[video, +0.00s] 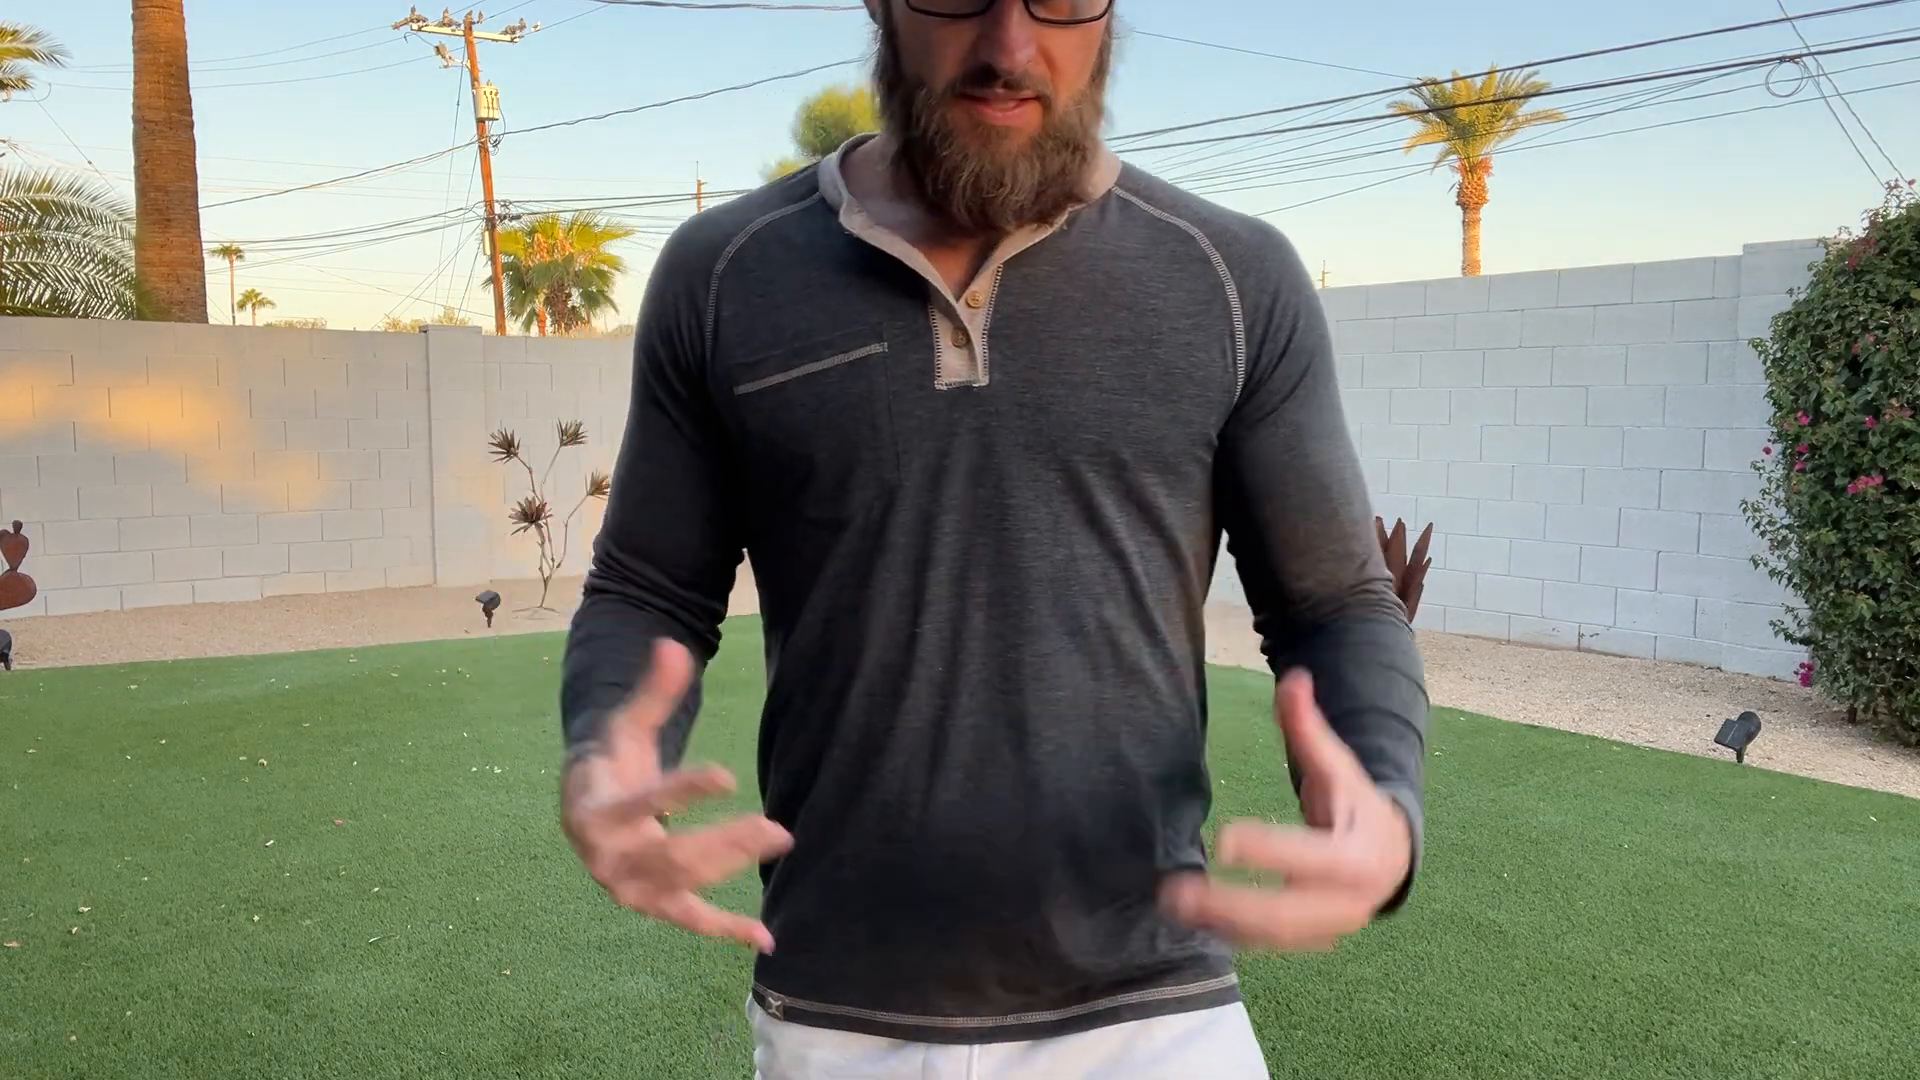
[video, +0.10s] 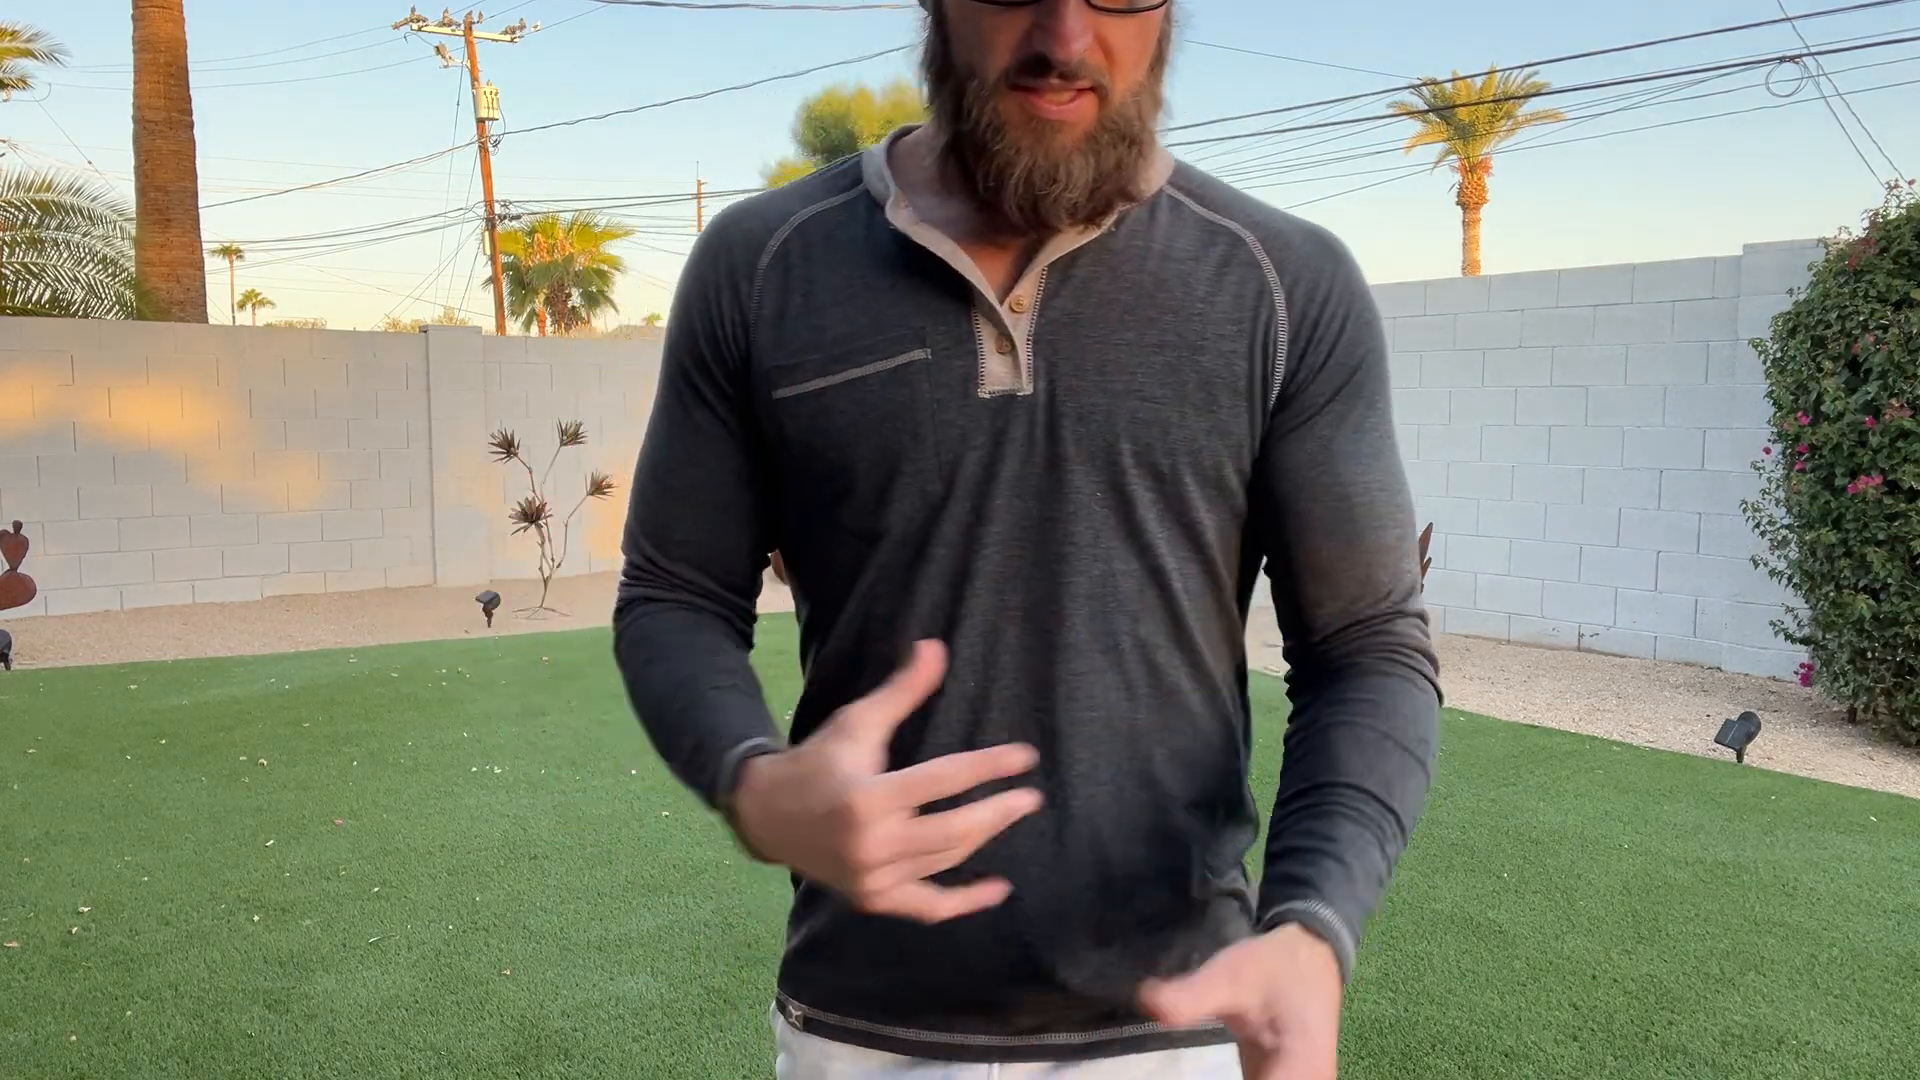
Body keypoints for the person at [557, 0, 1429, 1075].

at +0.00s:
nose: (1009, 46)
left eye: (1058, 4)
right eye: (958, 1)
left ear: (1107, 26)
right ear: (889, 13)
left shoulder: (1238, 278)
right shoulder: (723, 277)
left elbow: (1338, 603)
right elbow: (646, 587)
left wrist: (1378, 806)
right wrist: (614, 752)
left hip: (1154, 1004)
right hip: (842, 1013)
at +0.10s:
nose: (1064, 42)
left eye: (1109, 3)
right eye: (1019, 1)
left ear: (1168, 24)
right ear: (942, 14)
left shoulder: (1289, 286)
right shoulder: (760, 269)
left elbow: (1369, 647)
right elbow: (678, 592)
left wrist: (1311, 927)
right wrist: (752, 789)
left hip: (1177, 1030)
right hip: (870, 1033)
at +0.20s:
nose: (1119, 20)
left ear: (1228, 12)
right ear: (996, 1)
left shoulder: (1348, 288)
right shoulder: (804, 248)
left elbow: (1375, 681)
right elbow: (716, 605)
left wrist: (1249, 1014)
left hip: (1211, 1034)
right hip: (893, 1037)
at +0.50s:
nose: (1246, 19)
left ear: (1367, 6)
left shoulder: (1469, 309)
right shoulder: (897, 200)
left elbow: (1426, 783)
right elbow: (784, 585)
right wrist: (1111, 696)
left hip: (1254, 1045)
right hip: (916, 1021)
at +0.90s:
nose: (1173, 9)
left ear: (1293, 7)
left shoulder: (1416, 299)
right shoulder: (858, 237)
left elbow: (1460, 739)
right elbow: (748, 599)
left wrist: (1359, 1056)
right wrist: (1035, 707)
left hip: (1251, 1034)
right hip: (906, 1033)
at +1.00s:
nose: (1133, 7)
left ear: (1243, 15)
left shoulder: (1365, 284)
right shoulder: (827, 253)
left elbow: (1553, 681)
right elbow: (714, 589)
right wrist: (889, 666)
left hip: (1204, 1026)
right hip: (879, 1020)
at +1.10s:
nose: (1076, 1)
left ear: (1195, 5)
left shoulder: (1317, 263)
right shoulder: (802, 260)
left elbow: (1617, 582)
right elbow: (666, 583)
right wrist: (720, 609)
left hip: (1177, 1025)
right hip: (858, 1021)